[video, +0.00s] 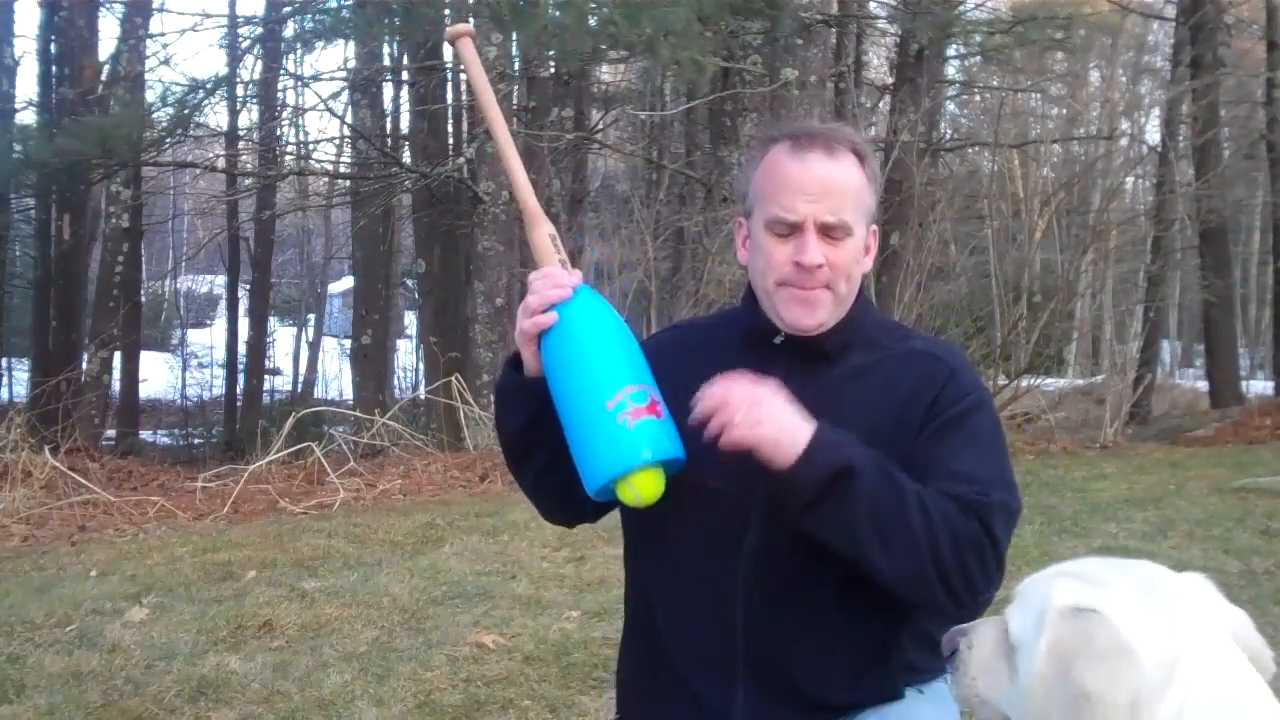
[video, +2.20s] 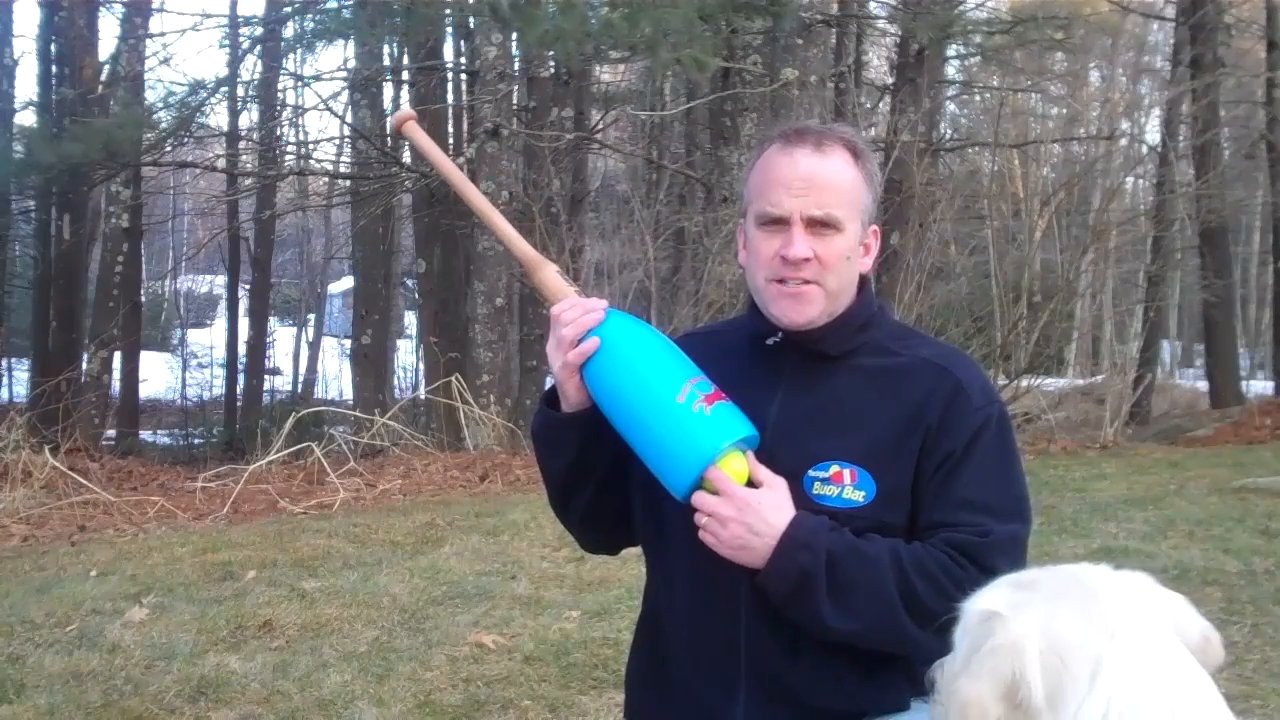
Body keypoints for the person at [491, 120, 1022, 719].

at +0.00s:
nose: (807, 255)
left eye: (833, 232)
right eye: (783, 229)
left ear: (869, 249)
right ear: (744, 240)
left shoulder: (934, 383)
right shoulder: (669, 360)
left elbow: (965, 570)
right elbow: (569, 497)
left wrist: (808, 450)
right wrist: (532, 370)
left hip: (875, 699)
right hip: (680, 697)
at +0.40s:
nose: (820, 256)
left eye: (847, 232)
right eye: (798, 228)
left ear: (883, 248)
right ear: (757, 239)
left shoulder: (946, 387)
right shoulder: (678, 359)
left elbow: (998, 566)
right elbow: (575, 491)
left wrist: (844, 467)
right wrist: (544, 363)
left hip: (880, 707)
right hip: (682, 702)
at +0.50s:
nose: (820, 255)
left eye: (846, 231)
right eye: (797, 228)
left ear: (883, 250)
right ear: (757, 239)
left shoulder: (944, 391)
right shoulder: (676, 363)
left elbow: (1018, 560)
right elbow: (575, 490)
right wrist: (546, 362)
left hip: (879, 706)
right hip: (684, 703)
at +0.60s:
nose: (814, 256)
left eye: (841, 232)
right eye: (792, 229)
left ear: (880, 251)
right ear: (753, 241)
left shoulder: (947, 397)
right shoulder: (675, 366)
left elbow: (1022, 580)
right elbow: (575, 489)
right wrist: (543, 360)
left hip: (851, 708)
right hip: (675, 704)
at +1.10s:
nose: (804, 255)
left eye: (830, 229)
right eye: (781, 228)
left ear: (873, 248)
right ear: (747, 243)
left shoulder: (951, 399)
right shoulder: (680, 369)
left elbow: (1027, 582)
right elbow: (585, 507)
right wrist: (550, 376)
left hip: (853, 716)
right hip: (677, 706)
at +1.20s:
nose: (806, 253)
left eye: (832, 229)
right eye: (784, 228)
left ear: (875, 248)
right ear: (749, 242)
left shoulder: (948, 398)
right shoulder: (678, 369)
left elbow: (1009, 590)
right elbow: (594, 517)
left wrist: (826, 599)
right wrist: (566, 397)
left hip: (860, 708)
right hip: (681, 706)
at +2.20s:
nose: (794, 249)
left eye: (821, 225)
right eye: (773, 223)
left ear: (867, 248)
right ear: (742, 239)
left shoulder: (948, 395)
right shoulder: (676, 368)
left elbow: (977, 587)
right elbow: (605, 528)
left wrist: (794, 548)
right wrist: (572, 411)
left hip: (861, 706)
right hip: (680, 703)